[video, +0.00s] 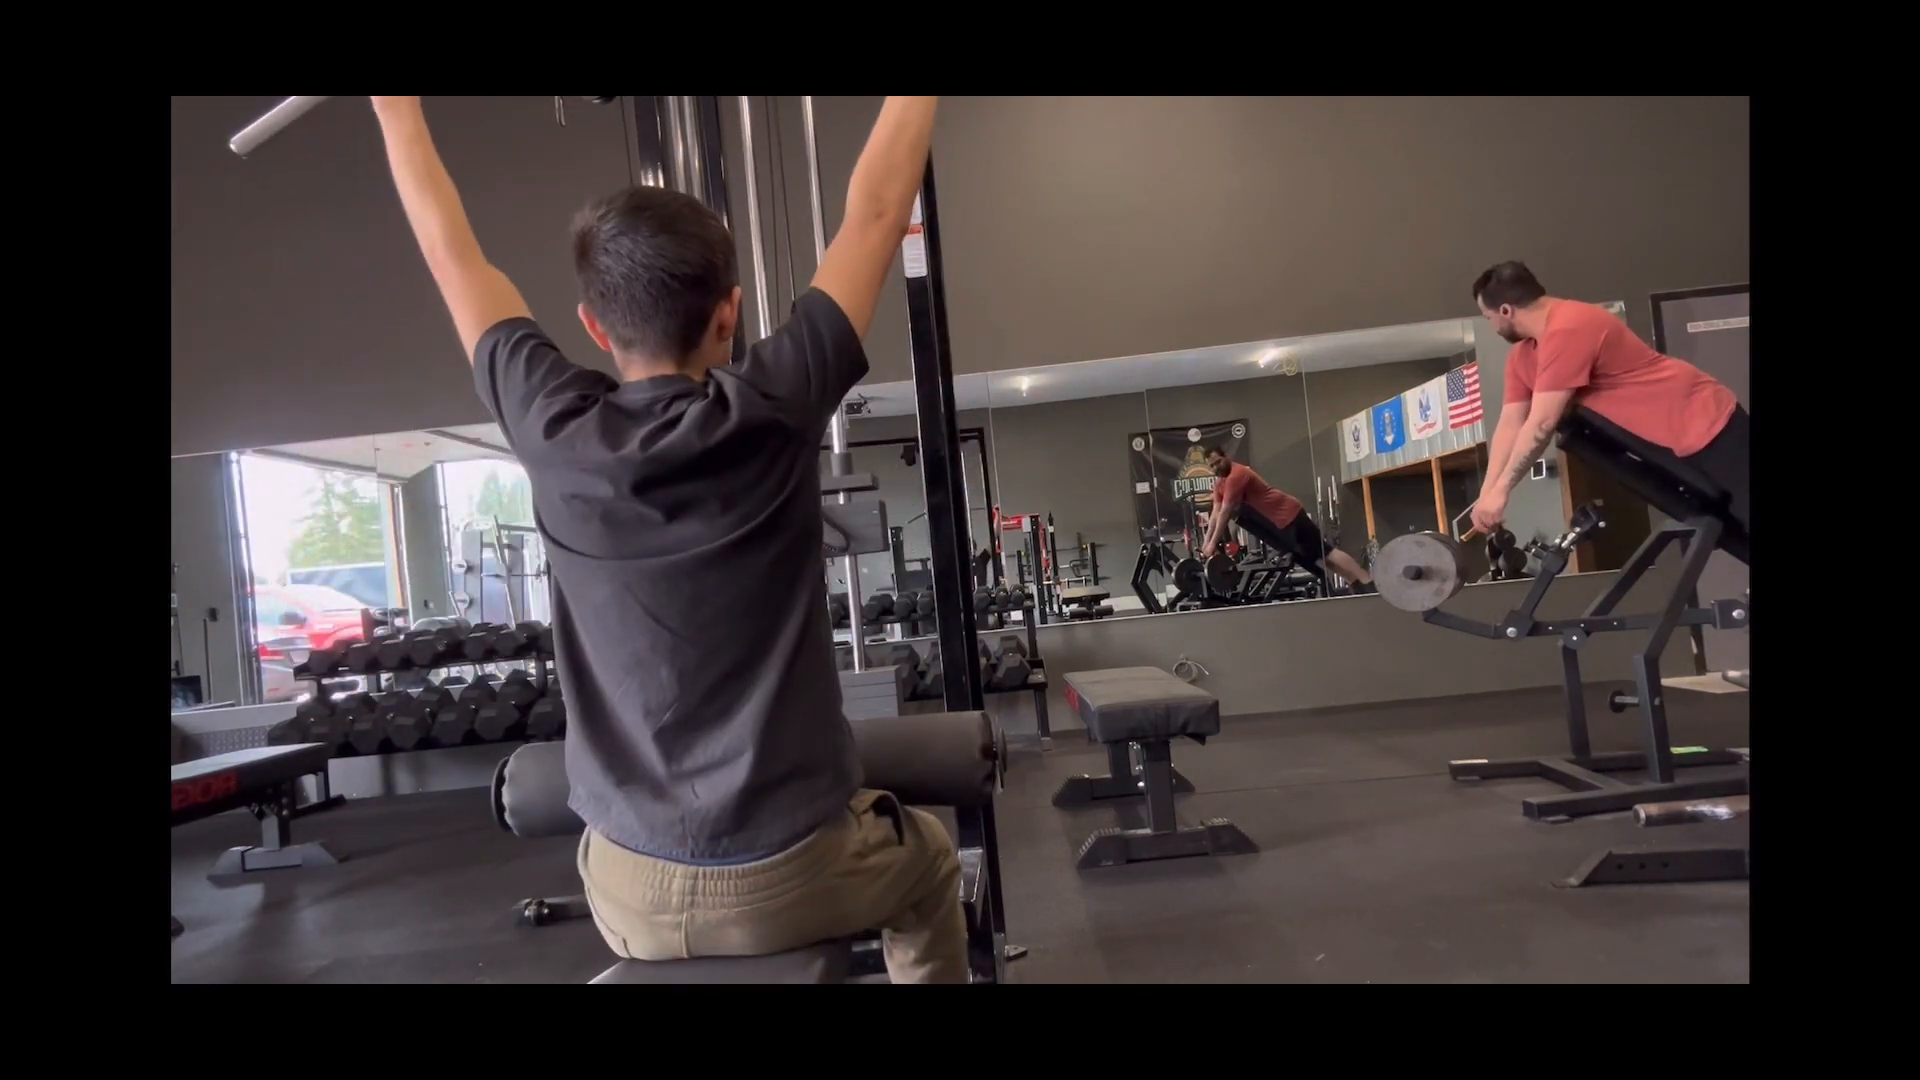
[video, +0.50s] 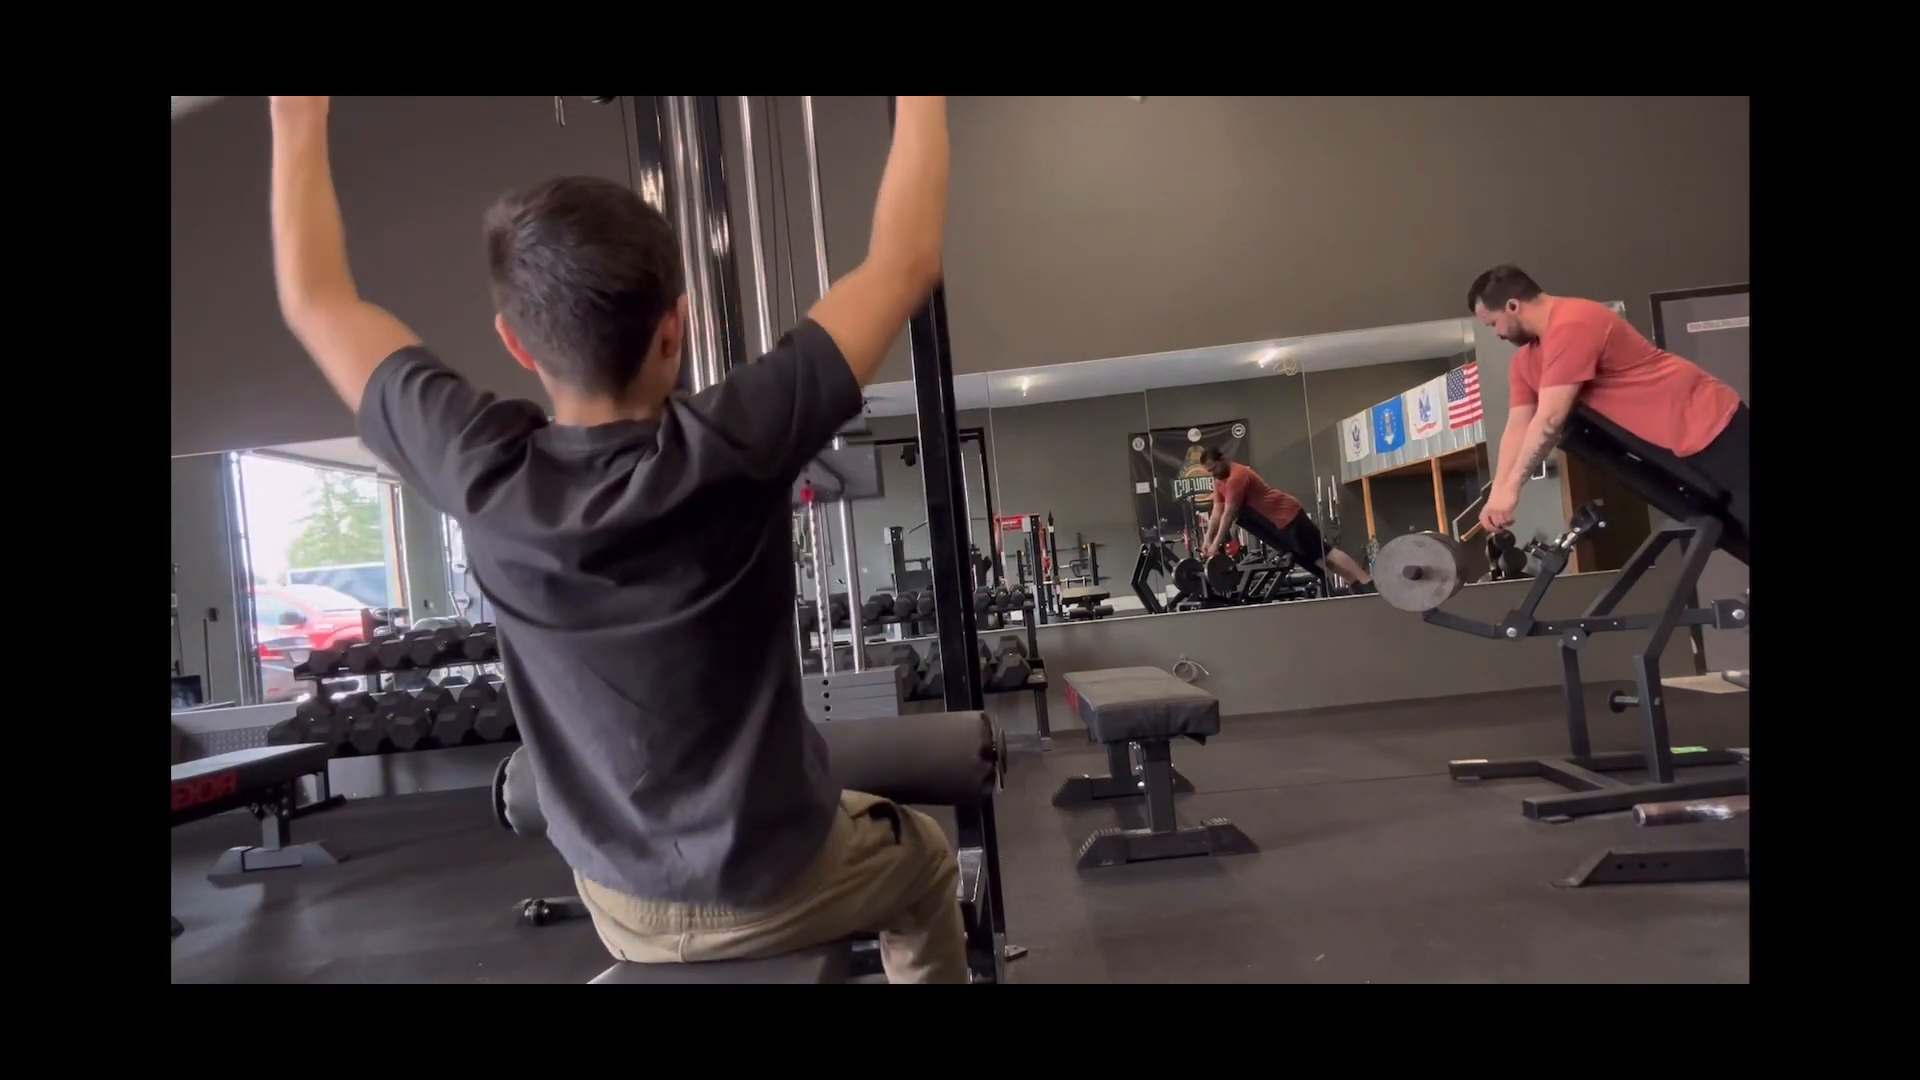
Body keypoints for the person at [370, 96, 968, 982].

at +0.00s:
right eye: (736, 298)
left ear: (594, 327)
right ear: (728, 318)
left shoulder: (556, 424)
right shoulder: (777, 400)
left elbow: (451, 256)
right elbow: (874, 218)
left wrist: (395, 106)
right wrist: (917, 87)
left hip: (628, 890)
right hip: (792, 885)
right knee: (924, 858)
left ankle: (642, 968)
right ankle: (928, 975)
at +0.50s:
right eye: (681, 302)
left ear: (513, 342)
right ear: (676, 326)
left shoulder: (485, 464)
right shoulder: (737, 442)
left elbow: (314, 298)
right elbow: (903, 267)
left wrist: (296, 116)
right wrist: (921, 91)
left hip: (617, 909)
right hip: (773, 898)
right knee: (922, 859)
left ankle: (634, 975)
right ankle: (926, 976)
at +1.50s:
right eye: (679, 321)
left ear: (504, 368)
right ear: (672, 346)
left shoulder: (467, 515)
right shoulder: (743, 485)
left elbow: (288, 525)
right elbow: (971, 466)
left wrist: (323, 338)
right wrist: (957, 281)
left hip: (612, 911)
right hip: (775, 895)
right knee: (926, 864)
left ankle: (615, 970)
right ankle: (932, 978)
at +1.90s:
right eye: (701, 298)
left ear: (540, 333)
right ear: (694, 321)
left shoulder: (511, 450)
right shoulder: (753, 420)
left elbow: (388, 275)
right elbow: (884, 232)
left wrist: (346, 115)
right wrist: (920, 91)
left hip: (613, 909)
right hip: (774, 894)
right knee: (926, 858)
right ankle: (930, 978)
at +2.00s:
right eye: (714, 296)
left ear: (562, 331)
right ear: (707, 319)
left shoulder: (532, 438)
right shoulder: (763, 409)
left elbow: (418, 250)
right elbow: (873, 216)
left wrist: (359, 100)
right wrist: (910, 84)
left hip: (618, 904)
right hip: (778, 897)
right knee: (924, 856)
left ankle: (635, 966)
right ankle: (936, 977)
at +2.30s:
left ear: (609, 330)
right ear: (741, 321)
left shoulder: (570, 432)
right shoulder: (786, 413)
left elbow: (461, 259)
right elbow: (885, 227)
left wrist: (397, 105)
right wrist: (922, 89)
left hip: (630, 885)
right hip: (793, 881)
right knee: (928, 857)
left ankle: (645, 971)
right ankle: (933, 977)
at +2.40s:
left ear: (609, 325)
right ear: (742, 316)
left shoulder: (565, 438)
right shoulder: (789, 417)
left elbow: (450, 280)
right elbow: (903, 248)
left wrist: (397, 121)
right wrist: (931, 95)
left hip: (632, 886)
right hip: (797, 879)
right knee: (926, 858)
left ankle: (648, 973)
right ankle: (931, 978)